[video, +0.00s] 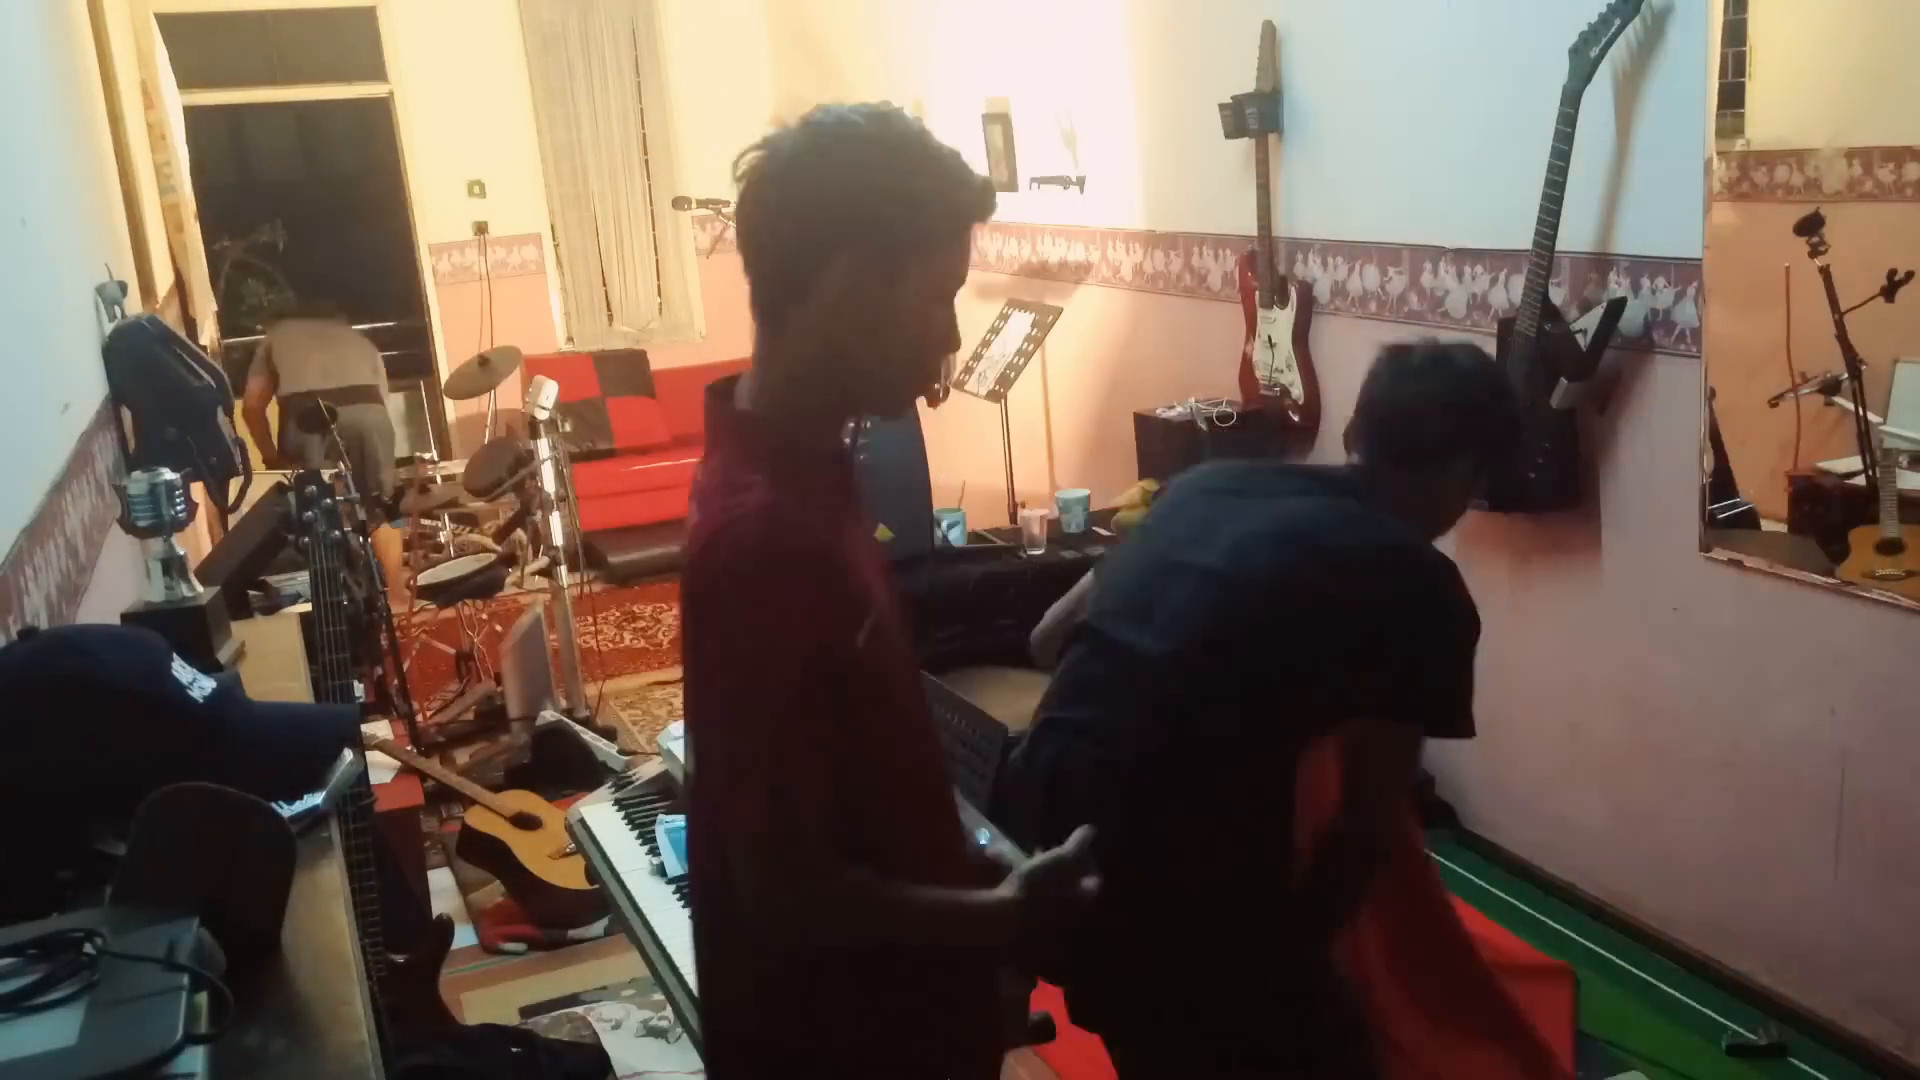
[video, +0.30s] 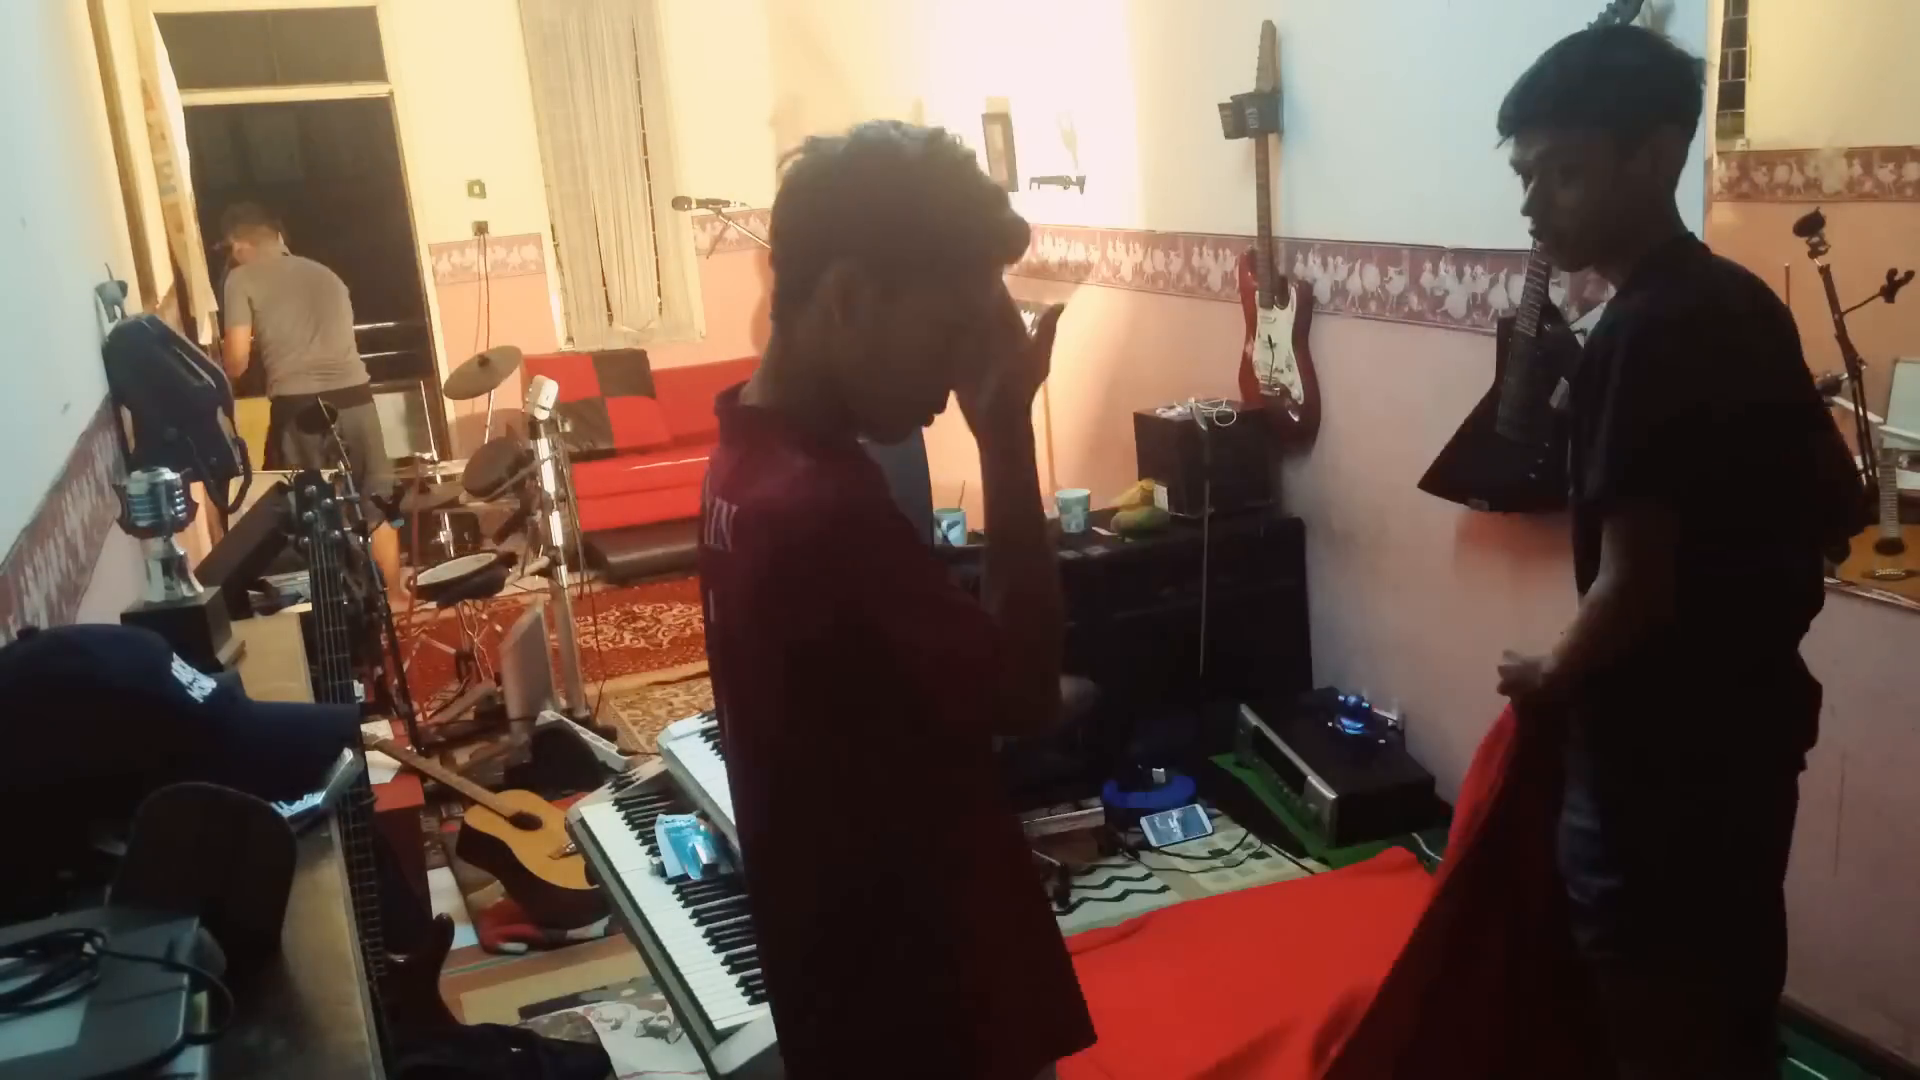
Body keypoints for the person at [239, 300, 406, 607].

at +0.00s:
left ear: (295, 315)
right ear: (340, 317)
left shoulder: (275, 337)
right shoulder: (363, 342)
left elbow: (252, 406)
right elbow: (381, 395)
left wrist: (269, 454)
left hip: (306, 410)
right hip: (368, 406)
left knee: (319, 514)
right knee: (381, 511)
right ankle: (398, 602)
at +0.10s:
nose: (332, 294)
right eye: (329, 291)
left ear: (274, 289)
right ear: (323, 288)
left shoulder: (264, 309)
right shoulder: (352, 314)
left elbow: (240, 386)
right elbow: (374, 370)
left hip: (307, 411)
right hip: (370, 407)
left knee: (322, 508)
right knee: (384, 510)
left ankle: (337, 601)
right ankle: (395, 601)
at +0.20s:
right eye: (333, 248)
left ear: (281, 251)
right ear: (329, 247)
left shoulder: (265, 280)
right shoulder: (363, 284)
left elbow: (247, 351)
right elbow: (398, 357)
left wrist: (242, 392)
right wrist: (395, 405)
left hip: (301, 410)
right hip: (362, 405)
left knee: (317, 512)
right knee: (382, 511)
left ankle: (333, 614)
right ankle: (396, 605)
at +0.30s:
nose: (234, 259)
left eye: (232, 250)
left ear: (241, 245)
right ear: (280, 239)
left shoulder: (242, 278)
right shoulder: (326, 274)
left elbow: (237, 357)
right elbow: (341, 338)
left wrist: (225, 377)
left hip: (297, 406)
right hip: (355, 399)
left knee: (305, 512)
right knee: (376, 508)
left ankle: (324, 615)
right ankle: (393, 604)